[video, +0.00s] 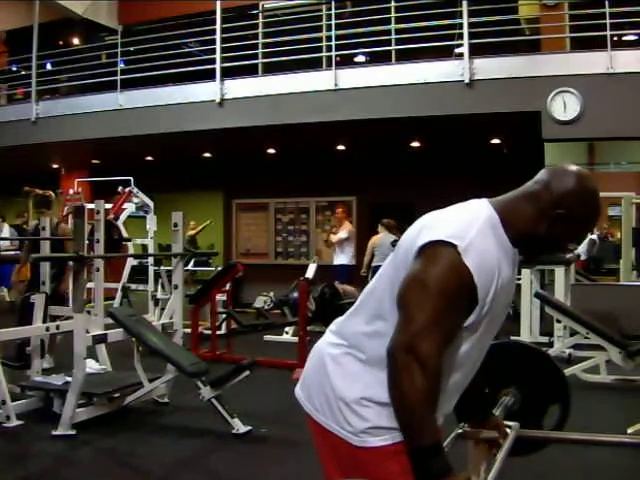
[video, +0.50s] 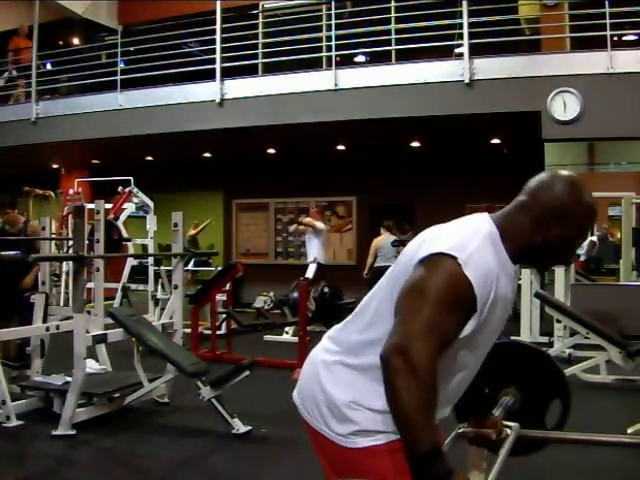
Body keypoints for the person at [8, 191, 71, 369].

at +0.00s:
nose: (43, 215)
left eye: (44, 211)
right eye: (40, 211)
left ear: (47, 209)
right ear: (41, 210)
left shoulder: (61, 230)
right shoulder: (34, 229)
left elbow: (69, 256)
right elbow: (27, 252)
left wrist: (66, 279)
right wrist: (17, 272)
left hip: (57, 277)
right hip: (37, 276)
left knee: (54, 315)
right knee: (31, 312)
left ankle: (49, 353)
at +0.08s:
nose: (35, 214)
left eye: (38, 210)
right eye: (32, 210)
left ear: (46, 209)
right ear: (30, 210)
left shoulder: (57, 228)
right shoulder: (29, 228)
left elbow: (67, 254)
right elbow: (25, 254)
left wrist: (57, 275)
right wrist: (18, 273)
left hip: (51, 274)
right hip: (31, 274)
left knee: (50, 313)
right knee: (26, 311)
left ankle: (47, 352)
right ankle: (24, 351)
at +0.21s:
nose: (24, 217)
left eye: (26, 213)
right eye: (21, 214)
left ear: (35, 211)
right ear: (19, 214)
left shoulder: (48, 229)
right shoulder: (20, 231)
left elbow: (57, 254)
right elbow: (17, 256)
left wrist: (46, 272)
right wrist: (11, 278)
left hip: (40, 278)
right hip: (21, 278)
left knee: (41, 316)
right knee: (21, 315)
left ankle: (44, 353)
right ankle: (20, 353)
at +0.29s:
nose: (16, 219)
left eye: (19, 215)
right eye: (13, 215)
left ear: (28, 212)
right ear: (11, 216)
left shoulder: (41, 231)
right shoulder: (16, 232)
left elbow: (50, 256)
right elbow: (13, 253)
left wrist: (41, 271)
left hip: (32, 281)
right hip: (15, 281)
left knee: (29, 317)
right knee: (16, 317)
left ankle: (26, 354)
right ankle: (17, 353)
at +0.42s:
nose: (8, 219)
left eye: (11, 215)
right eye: (6, 215)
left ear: (21, 212)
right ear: (4, 216)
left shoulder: (33, 230)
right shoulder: (6, 232)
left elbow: (43, 256)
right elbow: (5, 253)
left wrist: (34, 275)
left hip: (24, 281)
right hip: (7, 281)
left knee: (23, 318)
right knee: (8, 318)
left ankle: (22, 356)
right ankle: (9, 356)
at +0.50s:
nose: (4, 218)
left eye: (6, 214)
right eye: (3, 214)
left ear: (14, 211)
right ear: (3, 213)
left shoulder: (30, 228)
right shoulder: (3, 228)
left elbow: (41, 256)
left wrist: (31, 276)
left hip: (21, 282)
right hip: (3, 281)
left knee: (21, 320)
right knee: (5, 320)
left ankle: (18, 357)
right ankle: (7, 357)